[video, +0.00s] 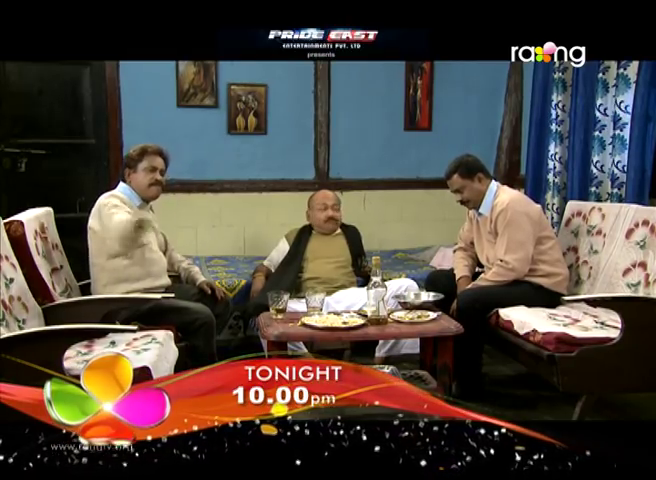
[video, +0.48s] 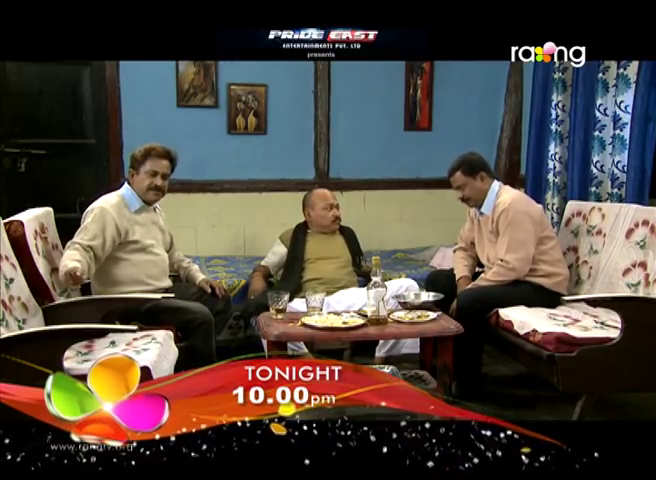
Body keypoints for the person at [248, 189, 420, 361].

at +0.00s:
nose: (331, 214)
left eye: (335, 208)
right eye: (323, 209)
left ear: (341, 211)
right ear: (309, 214)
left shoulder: (351, 233)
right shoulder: (297, 237)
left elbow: (361, 269)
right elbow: (265, 268)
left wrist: (377, 280)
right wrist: (255, 301)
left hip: (351, 297)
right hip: (311, 299)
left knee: (406, 285)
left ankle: (383, 363)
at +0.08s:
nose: (336, 214)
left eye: (338, 208)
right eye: (328, 209)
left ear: (342, 209)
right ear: (310, 215)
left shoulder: (351, 233)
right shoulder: (297, 237)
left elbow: (361, 268)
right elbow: (264, 269)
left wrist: (378, 280)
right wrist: (258, 297)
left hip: (351, 297)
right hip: (309, 299)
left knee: (406, 286)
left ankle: (383, 364)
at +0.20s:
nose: (336, 213)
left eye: (337, 208)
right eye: (328, 209)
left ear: (341, 209)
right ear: (309, 214)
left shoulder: (349, 233)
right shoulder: (295, 236)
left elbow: (362, 268)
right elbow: (263, 270)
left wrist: (377, 281)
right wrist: (259, 297)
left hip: (351, 297)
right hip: (311, 300)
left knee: (406, 286)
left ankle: (384, 366)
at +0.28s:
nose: (336, 213)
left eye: (337, 207)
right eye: (328, 209)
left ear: (340, 209)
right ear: (309, 214)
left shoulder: (348, 233)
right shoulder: (294, 236)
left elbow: (362, 267)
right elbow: (263, 270)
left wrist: (377, 280)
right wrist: (259, 305)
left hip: (352, 296)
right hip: (312, 299)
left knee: (407, 286)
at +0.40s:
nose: (336, 213)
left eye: (337, 207)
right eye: (328, 209)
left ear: (340, 208)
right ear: (309, 214)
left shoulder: (347, 233)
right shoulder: (294, 237)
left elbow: (360, 267)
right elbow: (264, 268)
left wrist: (376, 278)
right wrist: (258, 279)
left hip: (352, 297)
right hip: (311, 300)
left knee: (406, 287)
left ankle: (383, 366)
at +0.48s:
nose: (336, 213)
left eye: (337, 207)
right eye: (329, 209)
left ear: (340, 208)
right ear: (308, 214)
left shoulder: (347, 234)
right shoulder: (293, 237)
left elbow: (359, 267)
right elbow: (262, 271)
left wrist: (377, 279)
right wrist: (256, 300)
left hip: (352, 298)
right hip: (311, 300)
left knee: (406, 286)